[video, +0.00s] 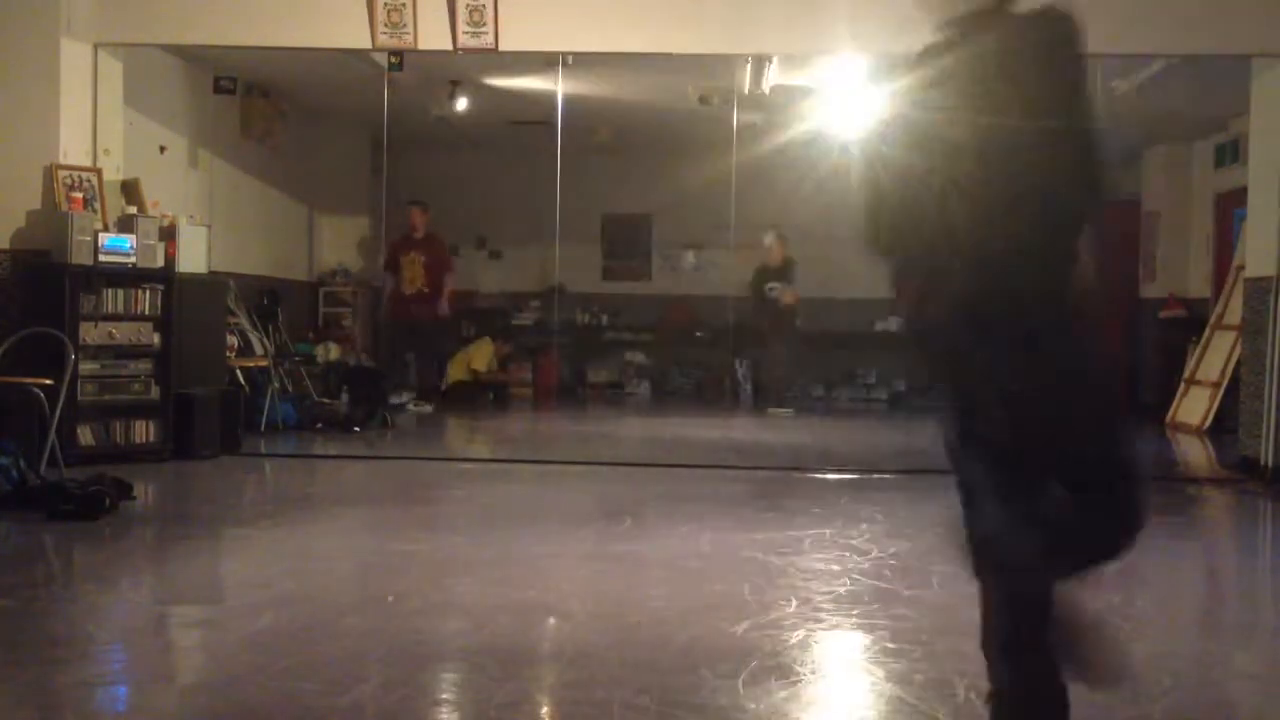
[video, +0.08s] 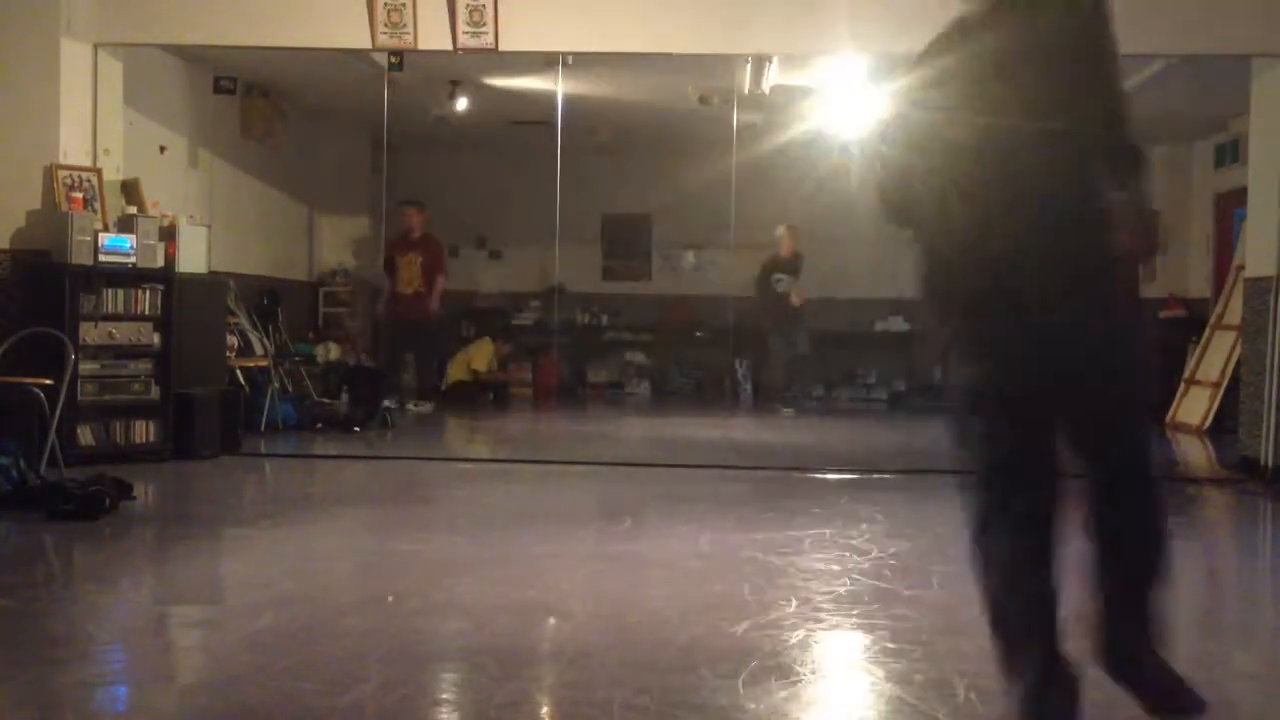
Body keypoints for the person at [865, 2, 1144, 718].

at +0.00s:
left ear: (952, 17)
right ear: (1017, 7)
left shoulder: (919, 83)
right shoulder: (1046, 42)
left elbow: (886, 225)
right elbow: (1078, 190)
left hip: (952, 321)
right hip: (1042, 316)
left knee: (1000, 511)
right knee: (1113, 510)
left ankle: (1027, 698)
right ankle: (1020, 562)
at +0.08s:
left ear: (981, 9)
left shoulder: (937, 64)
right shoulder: (1079, 23)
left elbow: (899, 192)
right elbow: (1116, 152)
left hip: (988, 320)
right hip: (1091, 314)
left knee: (1012, 494)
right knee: (1127, 481)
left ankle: (1039, 680)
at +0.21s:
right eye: (1098, 20)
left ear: (1028, 10)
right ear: (1092, 7)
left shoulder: (970, 69)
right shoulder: (1112, 50)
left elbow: (895, 170)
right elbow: (1151, 163)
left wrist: (928, 285)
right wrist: (1204, 205)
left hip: (1001, 302)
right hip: (1101, 299)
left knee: (1047, 435)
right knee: (1148, 488)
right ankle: (1163, 668)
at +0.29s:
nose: (1103, 21)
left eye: (1094, 13)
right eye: (1106, 13)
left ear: (1037, 15)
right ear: (1105, 16)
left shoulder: (971, 88)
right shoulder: (1123, 82)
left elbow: (882, 175)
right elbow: (1175, 202)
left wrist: (875, 293)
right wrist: (1197, 186)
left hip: (1003, 316)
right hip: (1109, 314)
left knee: (1070, 504)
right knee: (1164, 496)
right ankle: (1156, 674)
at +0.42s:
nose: (1018, 15)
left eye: (1009, 7)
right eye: (1049, 9)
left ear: (1003, 10)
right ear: (1072, 8)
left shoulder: (962, 79)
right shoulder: (1122, 64)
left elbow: (892, 155)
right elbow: (1181, 156)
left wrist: (911, 252)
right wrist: (1182, 253)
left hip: (1010, 299)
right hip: (1108, 296)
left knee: (1030, 459)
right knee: (1134, 453)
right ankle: (1163, 636)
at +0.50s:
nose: (971, 34)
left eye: (973, 23)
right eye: (982, 22)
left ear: (979, 26)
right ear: (1041, 22)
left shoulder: (952, 98)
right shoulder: (1102, 83)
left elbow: (919, 204)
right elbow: (1179, 161)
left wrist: (980, 238)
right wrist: (1201, 272)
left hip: (1012, 313)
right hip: (1103, 304)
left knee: (1008, 490)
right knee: (1077, 454)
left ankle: (1056, 639)